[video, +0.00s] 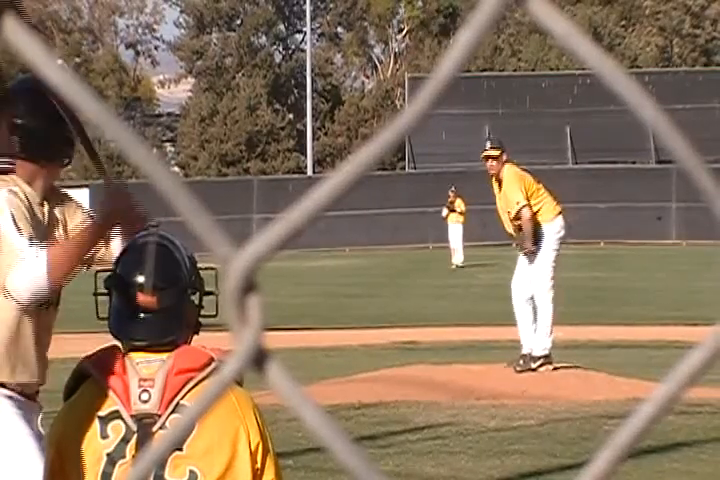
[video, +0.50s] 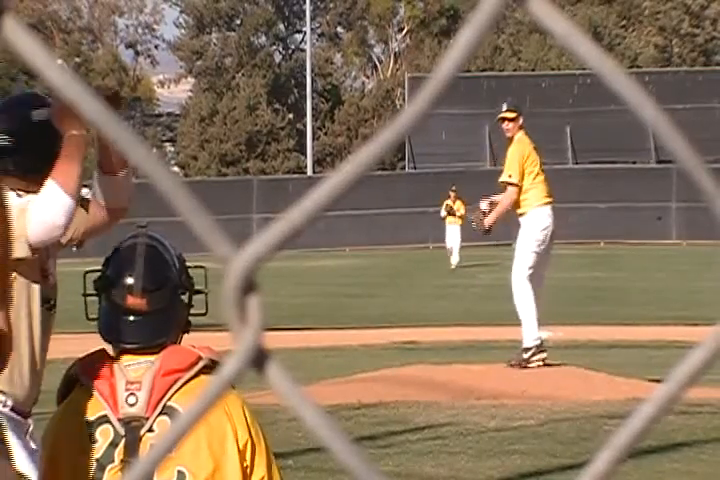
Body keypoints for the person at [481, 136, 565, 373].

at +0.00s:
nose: (491, 163)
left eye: (495, 158)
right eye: (487, 159)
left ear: (504, 158)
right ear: (484, 162)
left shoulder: (510, 175)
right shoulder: (496, 180)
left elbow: (525, 212)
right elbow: (510, 210)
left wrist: (529, 241)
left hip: (548, 226)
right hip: (531, 230)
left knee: (541, 285)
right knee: (519, 287)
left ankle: (542, 350)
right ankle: (528, 348)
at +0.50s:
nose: (506, 125)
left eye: (510, 120)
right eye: (503, 121)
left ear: (520, 121)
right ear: (501, 123)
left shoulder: (517, 146)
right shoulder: (522, 143)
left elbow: (512, 193)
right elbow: (519, 187)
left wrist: (489, 221)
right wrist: (495, 200)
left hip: (535, 214)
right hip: (541, 212)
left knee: (520, 276)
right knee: (530, 278)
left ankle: (532, 343)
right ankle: (531, 342)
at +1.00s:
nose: (511, 119)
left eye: (516, 114)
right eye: (508, 115)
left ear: (526, 116)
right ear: (507, 118)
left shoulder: (523, 143)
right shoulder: (524, 140)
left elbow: (520, 189)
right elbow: (518, 181)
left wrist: (494, 182)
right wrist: (496, 177)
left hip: (529, 215)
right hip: (527, 214)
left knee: (527, 282)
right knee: (526, 282)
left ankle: (534, 348)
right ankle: (532, 346)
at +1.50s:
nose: (511, 120)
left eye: (515, 115)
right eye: (508, 116)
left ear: (526, 115)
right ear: (507, 119)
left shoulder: (525, 145)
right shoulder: (525, 142)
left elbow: (527, 191)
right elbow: (520, 181)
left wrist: (499, 194)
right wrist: (500, 183)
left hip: (529, 216)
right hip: (526, 214)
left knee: (527, 282)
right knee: (524, 281)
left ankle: (534, 348)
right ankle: (532, 346)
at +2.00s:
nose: (511, 121)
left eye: (515, 115)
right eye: (508, 117)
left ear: (526, 115)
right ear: (508, 119)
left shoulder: (527, 145)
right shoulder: (527, 142)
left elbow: (529, 190)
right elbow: (523, 184)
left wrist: (507, 206)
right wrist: (505, 197)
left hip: (530, 216)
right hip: (528, 215)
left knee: (527, 282)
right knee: (526, 282)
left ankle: (534, 348)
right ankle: (533, 346)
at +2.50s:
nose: (511, 121)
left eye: (515, 116)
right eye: (508, 117)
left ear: (526, 115)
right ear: (508, 120)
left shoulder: (526, 144)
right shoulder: (527, 141)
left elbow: (530, 189)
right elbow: (522, 183)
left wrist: (509, 210)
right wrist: (504, 199)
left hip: (531, 215)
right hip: (528, 214)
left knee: (528, 282)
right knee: (526, 282)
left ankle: (535, 347)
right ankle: (533, 346)